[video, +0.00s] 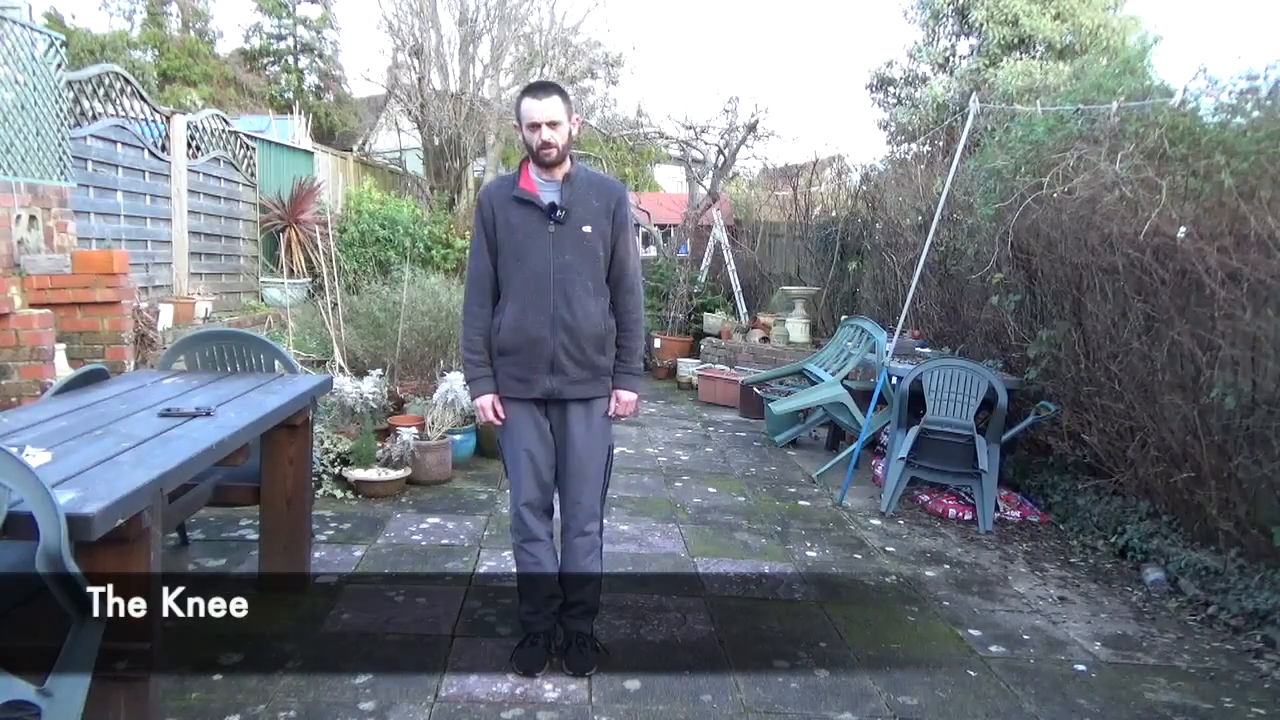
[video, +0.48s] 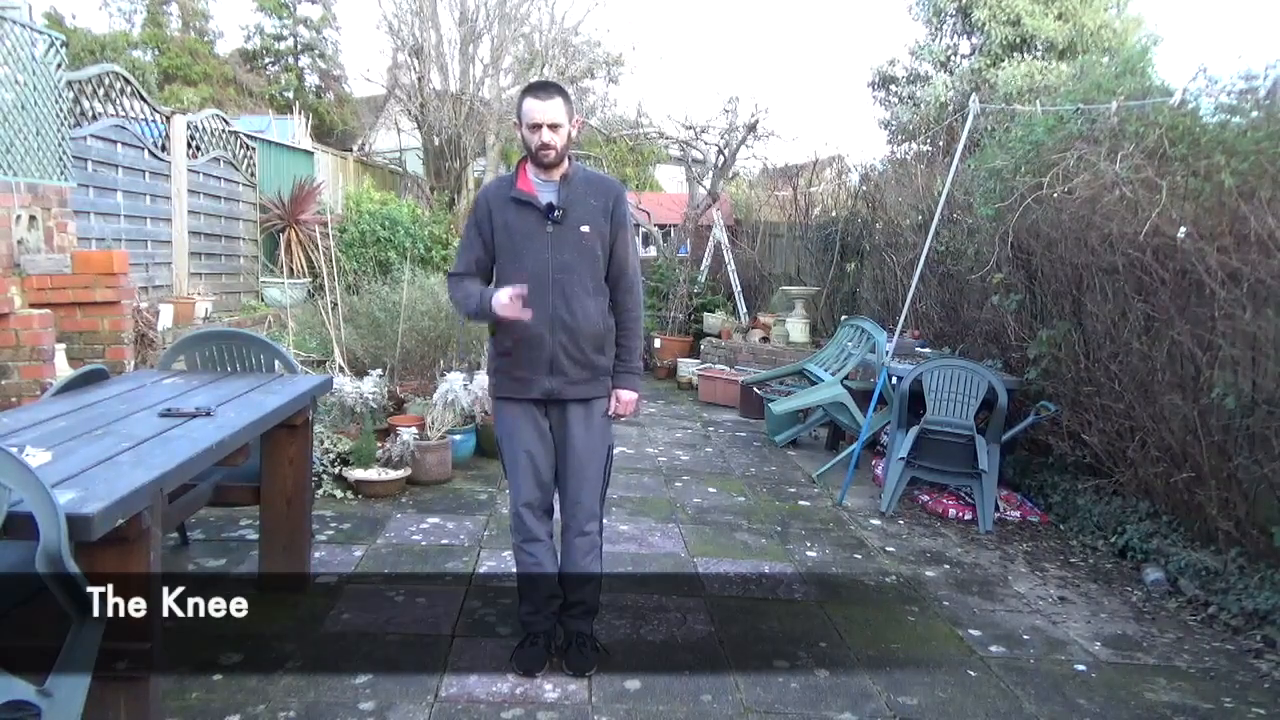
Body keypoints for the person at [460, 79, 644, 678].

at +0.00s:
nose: (542, 135)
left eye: (552, 124)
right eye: (532, 126)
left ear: (573, 126)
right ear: (520, 132)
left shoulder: (609, 194)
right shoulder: (495, 198)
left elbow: (629, 292)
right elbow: (478, 296)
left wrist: (628, 376)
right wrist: (479, 380)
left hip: (590, 378)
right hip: (517, 380)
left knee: (583, 509)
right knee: (529, 507)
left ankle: (579, 631)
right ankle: (536, 631)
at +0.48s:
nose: (544, 137)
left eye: (554, 126)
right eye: (533, 127)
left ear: (572, 126)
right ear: (520, 129)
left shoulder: (606, 194)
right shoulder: (494, 199)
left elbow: (627, 290)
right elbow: (461, 283)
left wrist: (628, 375)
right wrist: (491, 300)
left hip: (589, 378)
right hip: (517, 380)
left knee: (584, 510)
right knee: (528, 506)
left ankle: (579, 631)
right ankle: (535, 631)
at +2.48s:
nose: (554, 138)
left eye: (564, 128)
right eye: (544, 127)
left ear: (579, 133)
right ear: (526, 130)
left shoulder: (607, 198)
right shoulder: (493, 199)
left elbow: (626, 293)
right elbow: (467, 292)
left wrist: (628, 377)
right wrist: (492, 266)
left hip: (591, 379)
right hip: (517, 380)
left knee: (583, 512)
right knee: (529, 511)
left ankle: (580, 626)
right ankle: (536, 628)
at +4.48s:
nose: (535, 141)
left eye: (544, 130)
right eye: (524, 132)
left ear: (564, 130)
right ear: (511, 134)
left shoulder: (599, 195)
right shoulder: (487, 198)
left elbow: (622, 291)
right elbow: (465, 295)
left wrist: (625, 375)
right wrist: (484, 259)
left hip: (586, 378)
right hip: (513, 380)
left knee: (582, 512)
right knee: (526, 512)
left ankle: (580, 626)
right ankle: (535, 627)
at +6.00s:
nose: (533, 141)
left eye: (543, 130)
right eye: (523, 132)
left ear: (563, 129)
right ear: (510, 135)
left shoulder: (598, 195)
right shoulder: (486, 199)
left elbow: (619, 290)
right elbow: (464, 295)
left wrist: (623, 373)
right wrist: (480, 253)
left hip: (585, 376)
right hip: (512, 379)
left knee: (581, 512)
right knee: (525, 512)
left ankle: (580, 626)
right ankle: (536, 628)